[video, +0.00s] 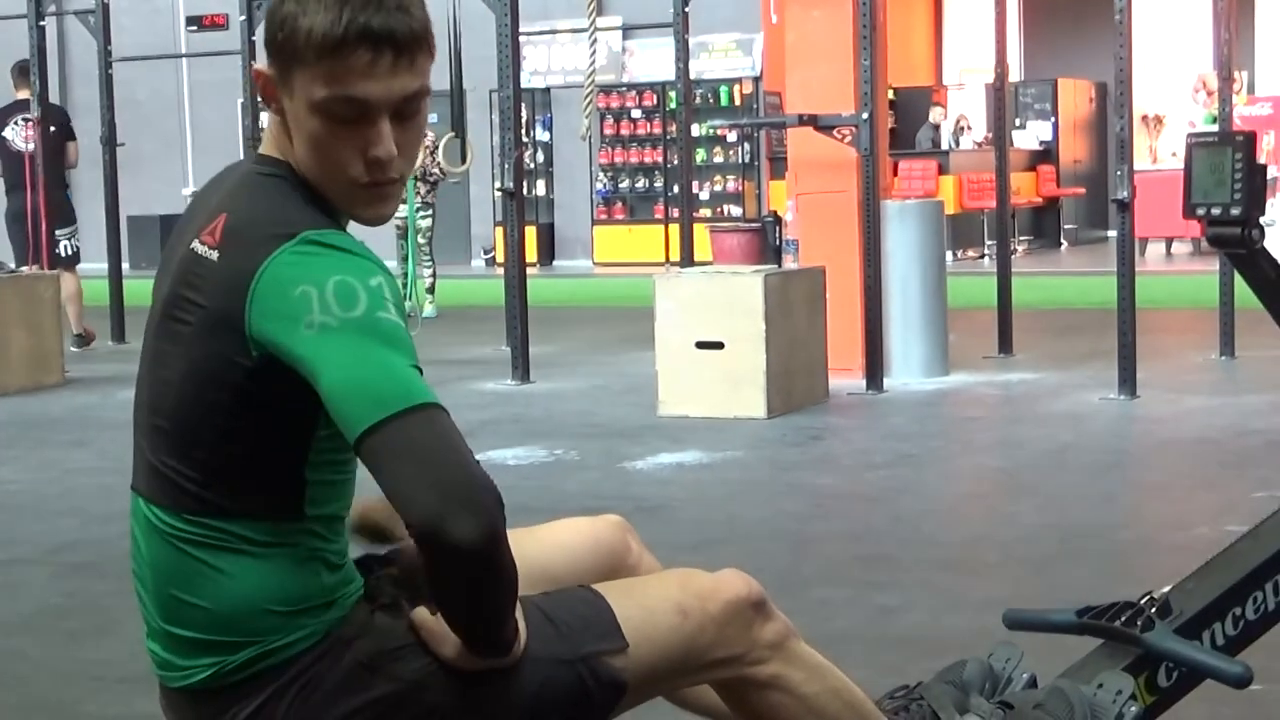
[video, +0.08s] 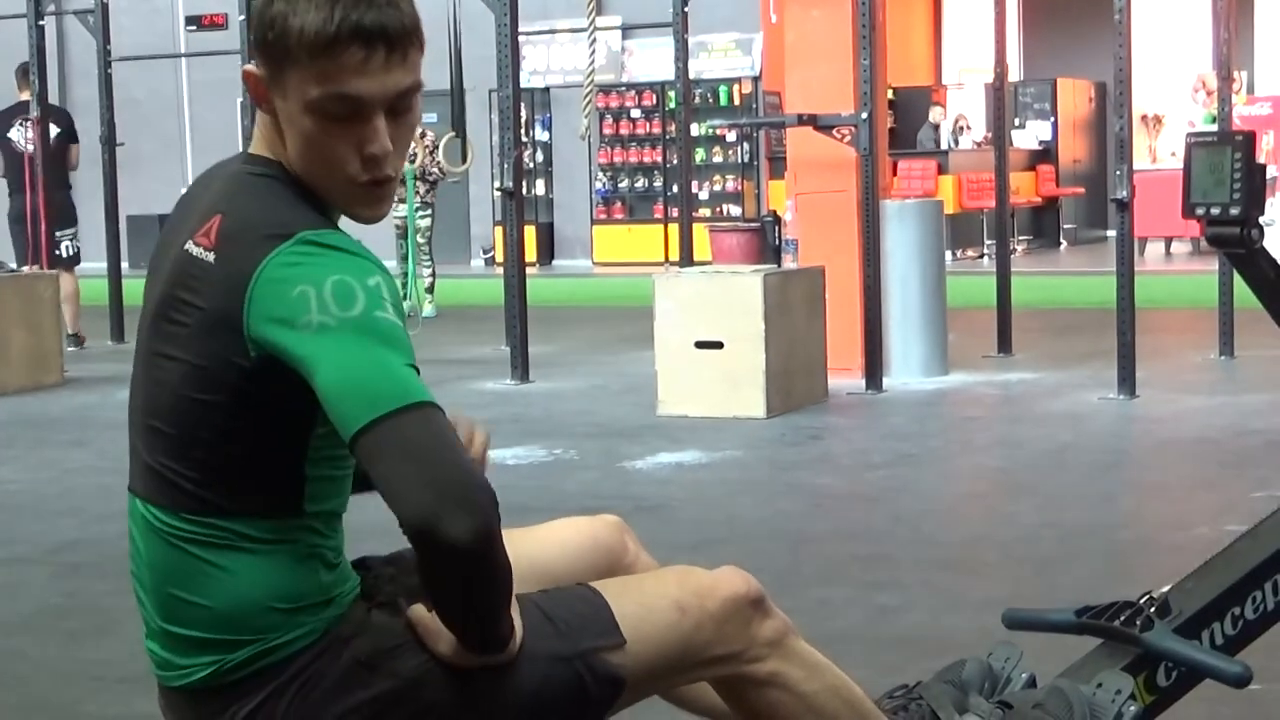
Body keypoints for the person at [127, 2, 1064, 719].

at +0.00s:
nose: (386, 150)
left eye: (404, 111)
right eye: (346, 115)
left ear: (426, 88)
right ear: (269, 93)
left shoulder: (250, 200)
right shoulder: (305, 259)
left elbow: (240, 457)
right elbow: (459, 517)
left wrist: (364, 527)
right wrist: (477, 632)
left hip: (282, 606)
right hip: (286, 678)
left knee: (606, 538)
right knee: (730, 609)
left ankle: (747, 706)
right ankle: (886, 717)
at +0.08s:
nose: (382, 147)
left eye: (400, 107)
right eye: (345, 113)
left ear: (416, 85)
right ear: (264, 100)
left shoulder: (228, 207)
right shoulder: (305, 260)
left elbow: (280, 438)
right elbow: (453, 516)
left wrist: (431, 444)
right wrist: (485, 642)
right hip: (289, 676)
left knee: (610, 545)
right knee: (734, 609)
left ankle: (761, 700)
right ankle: (886, 712)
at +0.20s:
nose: (369, 142)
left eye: (386, 106)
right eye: (328, 110)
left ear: (404, 89)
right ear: (248, 98)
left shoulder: (212, 206)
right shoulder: (301, 261)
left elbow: (292, 484)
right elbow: (447, 507)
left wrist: (414, 397)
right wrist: (471, 632)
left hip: (247, 626)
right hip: (285, 671)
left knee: (604, 541)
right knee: (732, 602)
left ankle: (745, 711)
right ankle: (885, 712)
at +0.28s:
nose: (361, 134)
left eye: (376, 96)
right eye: (319, 105)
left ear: (394, 75)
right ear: (238, 95)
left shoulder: (211, 207)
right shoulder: (299, 258)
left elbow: (318, 466)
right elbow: (448, 501)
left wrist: (395, 377)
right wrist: (464, 621)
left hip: (249, 627)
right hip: (282, 677)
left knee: (603, 539)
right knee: (730, 601)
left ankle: (771, 716)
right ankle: (888, 718)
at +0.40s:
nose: (355, 132)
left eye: (366, 91)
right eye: (309, 104)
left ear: (384, 69)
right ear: (227, 91)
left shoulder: (210, 207)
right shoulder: (295, 255)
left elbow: (322, 467)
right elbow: (438, 494)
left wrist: (420, 373)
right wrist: (473, 630)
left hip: (270, 614)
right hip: (287, 676)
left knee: (599, 539)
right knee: (729, 605)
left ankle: (745, 709)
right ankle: (885, 715)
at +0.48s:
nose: (355, 130)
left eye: (366, 90)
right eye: (309, 104)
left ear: (383, 66)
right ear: (225, 92)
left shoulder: (206, 208)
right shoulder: (298, 253)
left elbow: (328, 470)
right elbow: (433, 498)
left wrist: (422, 380)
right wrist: (473, 631)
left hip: (261, 620)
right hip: (289, 676)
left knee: (599, 540)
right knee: (729, 605)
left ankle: (751, 713)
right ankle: (888, 714)